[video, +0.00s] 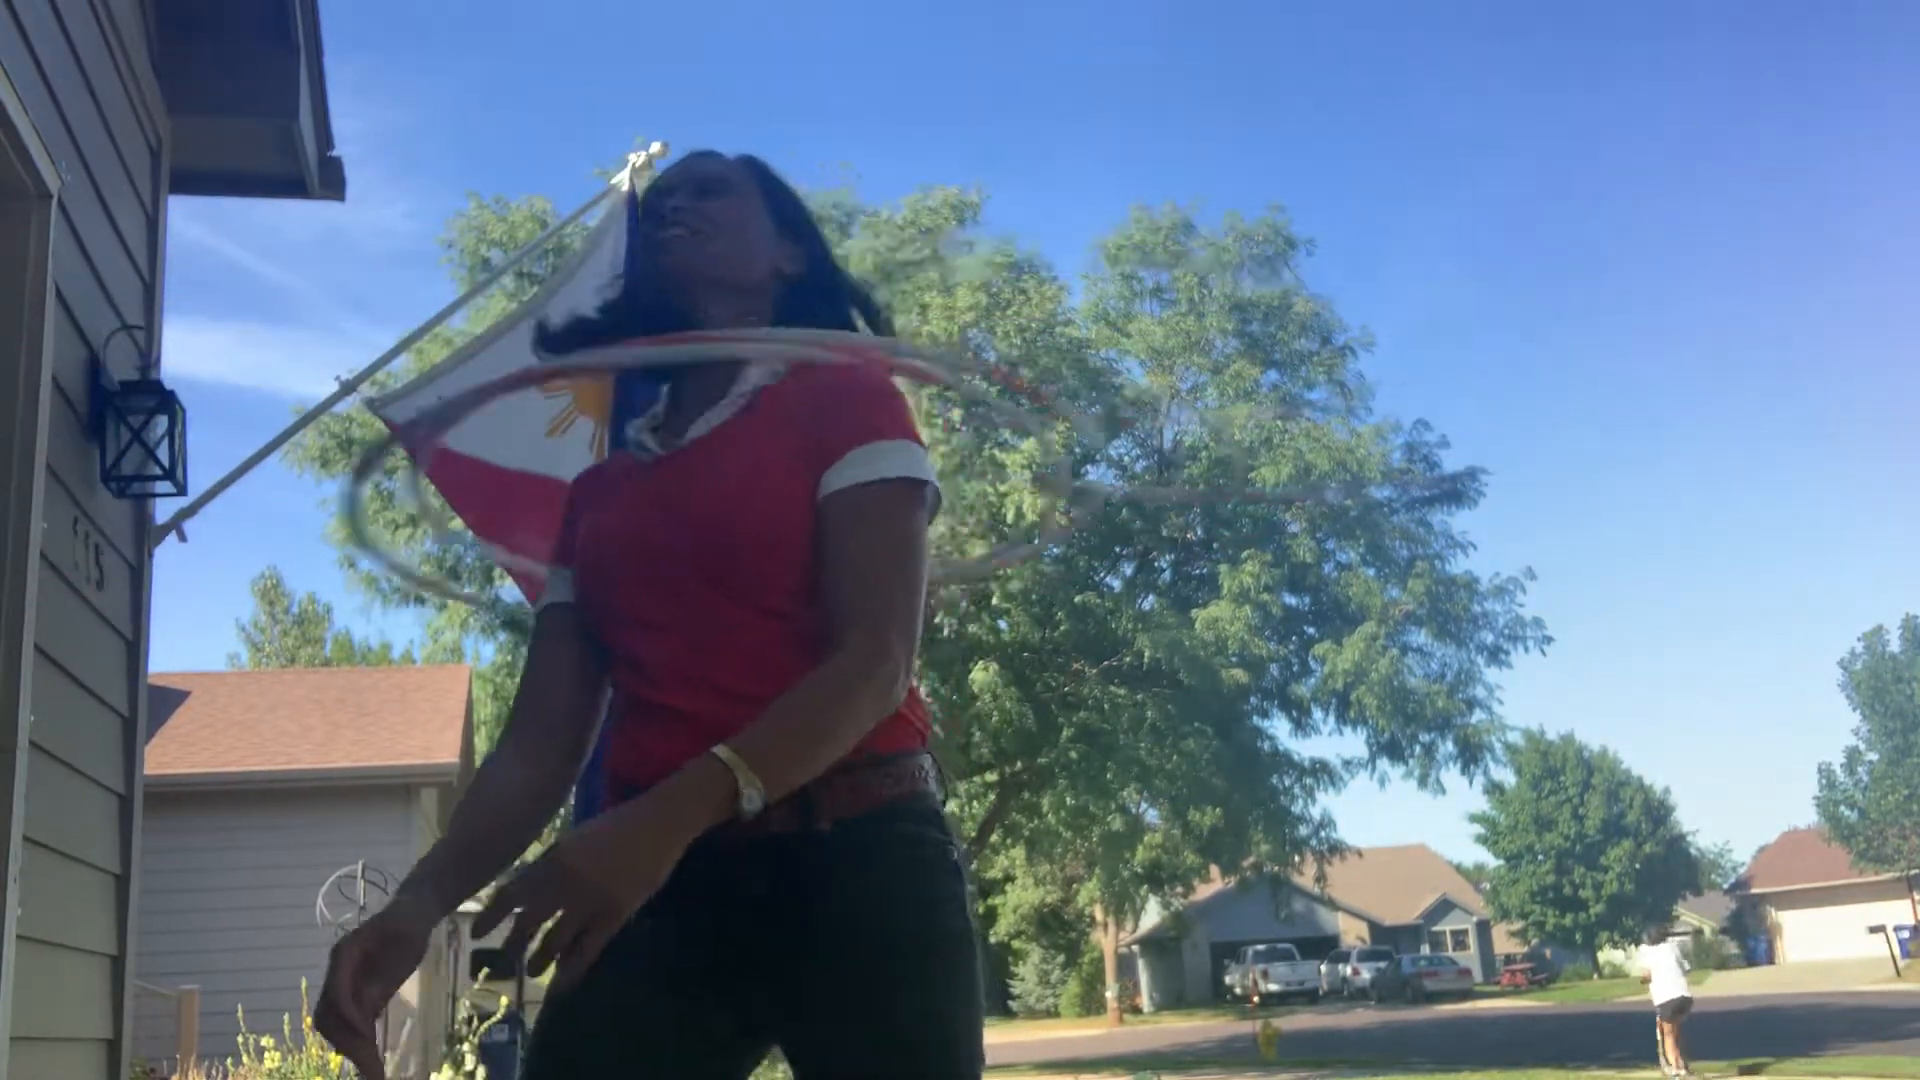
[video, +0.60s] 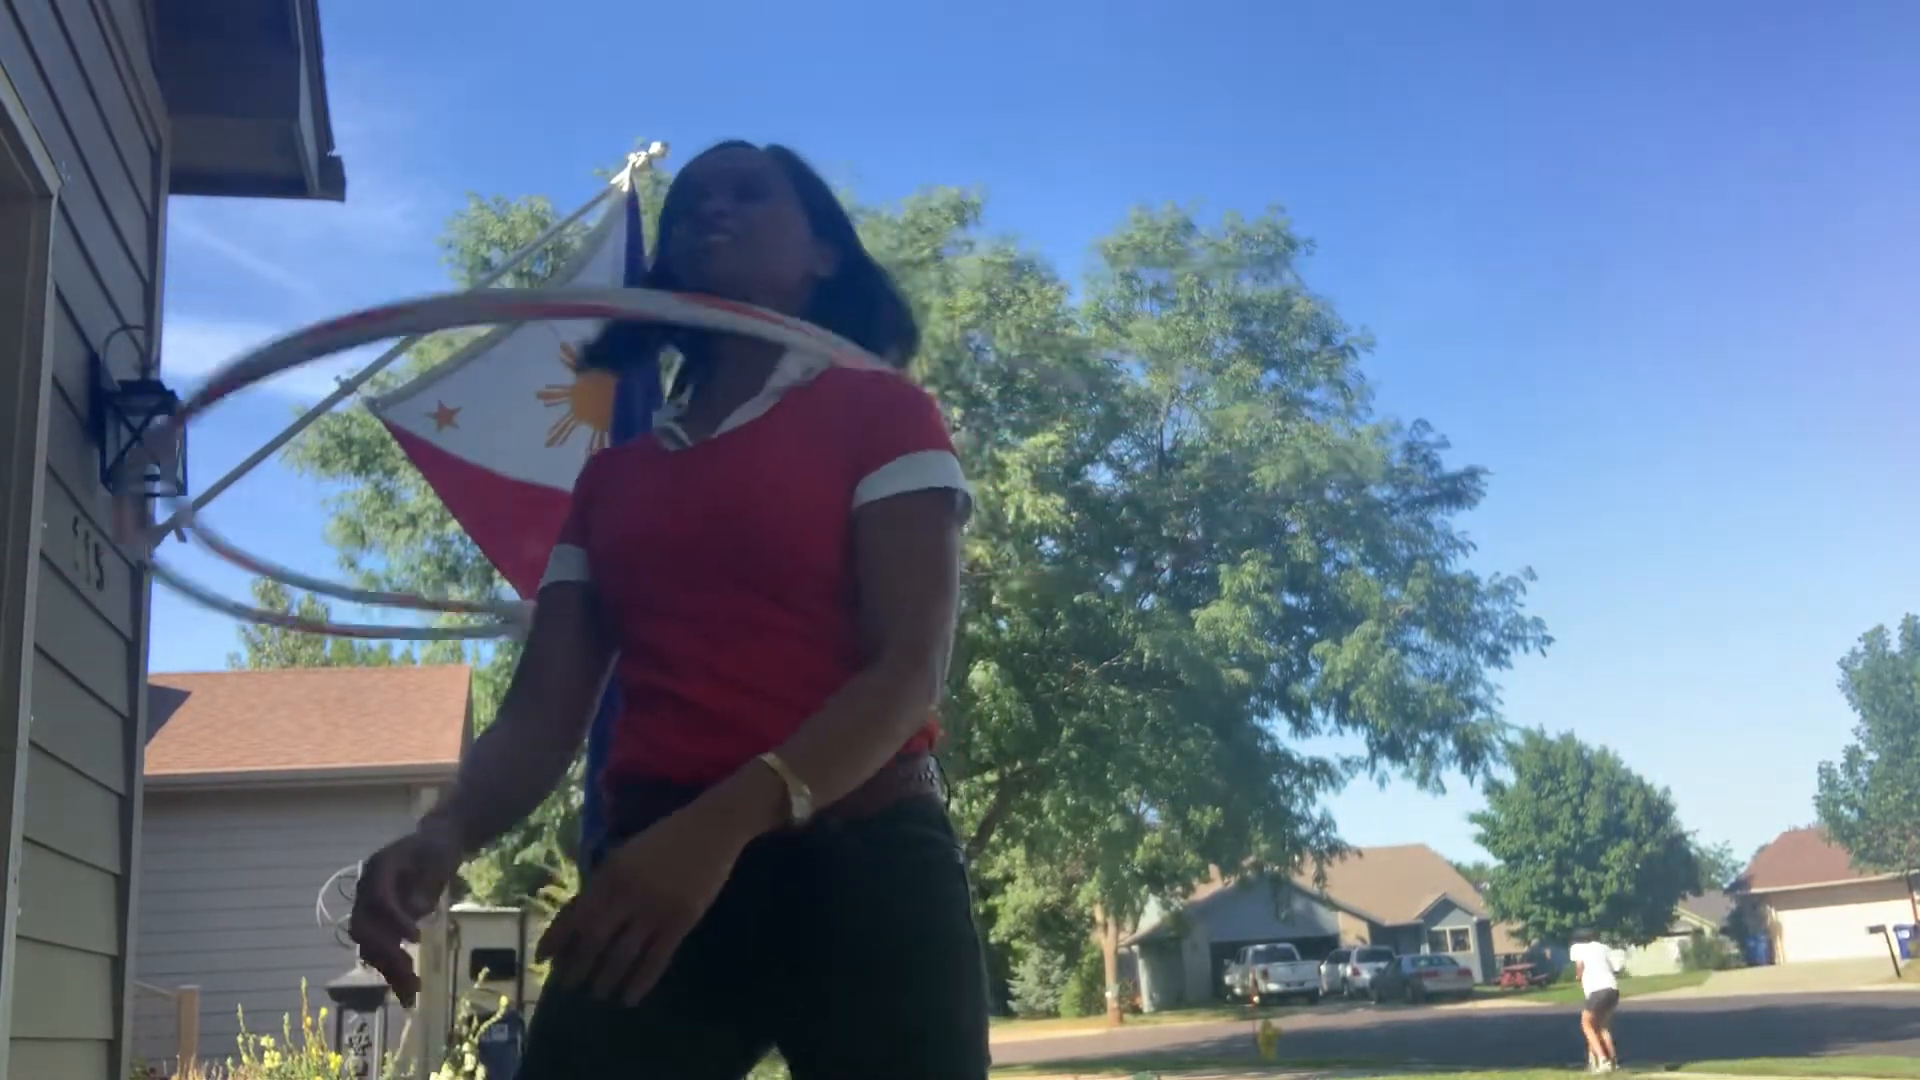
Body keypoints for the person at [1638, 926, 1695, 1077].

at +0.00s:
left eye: (1647, 936)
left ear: (1648, 937)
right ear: (1664, 935)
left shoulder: (1646, 951)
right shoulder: (1672, 946)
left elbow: (1646, 976)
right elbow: (1686, 967)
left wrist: (1644, 979)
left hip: (1666, 996)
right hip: (1684, 993)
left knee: (1669, 1034)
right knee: (1675, 1031)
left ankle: (1675, 1068)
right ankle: (1681, 1065)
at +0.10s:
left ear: (1635, 938)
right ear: (1651, 937)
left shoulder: (1632, 950)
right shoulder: (1657, 948)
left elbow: (1632, 975)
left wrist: (1630, 980)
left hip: (1654, 997)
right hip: (1672, 992)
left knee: (1664, 1039)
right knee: (1660, 1030)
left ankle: (1673, 1070)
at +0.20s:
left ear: (1624, 940)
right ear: (1638, 937)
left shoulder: (1624, 952)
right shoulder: (1647, 948)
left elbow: (1622, 975)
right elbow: (1659, 968)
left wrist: (1619, 980)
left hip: (1644, 993)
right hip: (1659, 990)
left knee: (1653, 1031)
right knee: (1645, 1027)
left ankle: (1669, 1064)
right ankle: (1658, 1063)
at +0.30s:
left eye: (1611, 941)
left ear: (1613, 939)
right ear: (1628, 936)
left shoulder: (1611, 950)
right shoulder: (1637, 946)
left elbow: (1611, 974)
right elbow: (1648, 969)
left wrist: (1612, 978)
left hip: (1631, 992)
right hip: (1648, 989)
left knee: (1639, 1029)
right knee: (1636, 1027)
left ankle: (1656, 1057)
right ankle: (1647, 1063)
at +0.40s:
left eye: (1600, 935)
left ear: (1600, 937)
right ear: (1615, 934)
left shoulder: (1598, 946)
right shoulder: (1627, 946)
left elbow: (1599, 963)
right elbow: (1639, 969)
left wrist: (1601, 976)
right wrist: (1624, 975)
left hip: (1618, 989)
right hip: (1635, 988)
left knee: (1622, 1026)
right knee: (1626, 1026)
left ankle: (1642, 1051)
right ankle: (1635, 1063)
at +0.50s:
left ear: (1591, 937)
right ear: (1606, 937)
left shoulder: (1588, 946)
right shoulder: (1615, 946)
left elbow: (1590, 965)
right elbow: (1627, 968)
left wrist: (1589, 978)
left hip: (1608, 988)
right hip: (1624, 987)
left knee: (1604, 1026)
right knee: (1614, 1026)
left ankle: (1625, 1052)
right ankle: (1619, 1062)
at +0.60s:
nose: (1573, 944)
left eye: (1574, 942)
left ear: (1577, 939)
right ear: (1591, 937)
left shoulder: (1577, 947)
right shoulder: (1602, 947)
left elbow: (1580, 963)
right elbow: (1614, 967)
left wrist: (1578, 976)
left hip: (1597, 988)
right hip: (1613, 987)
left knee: (1587, 1023)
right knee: (1602, 1025)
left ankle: (1602, 1060)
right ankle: (1612, 1060)